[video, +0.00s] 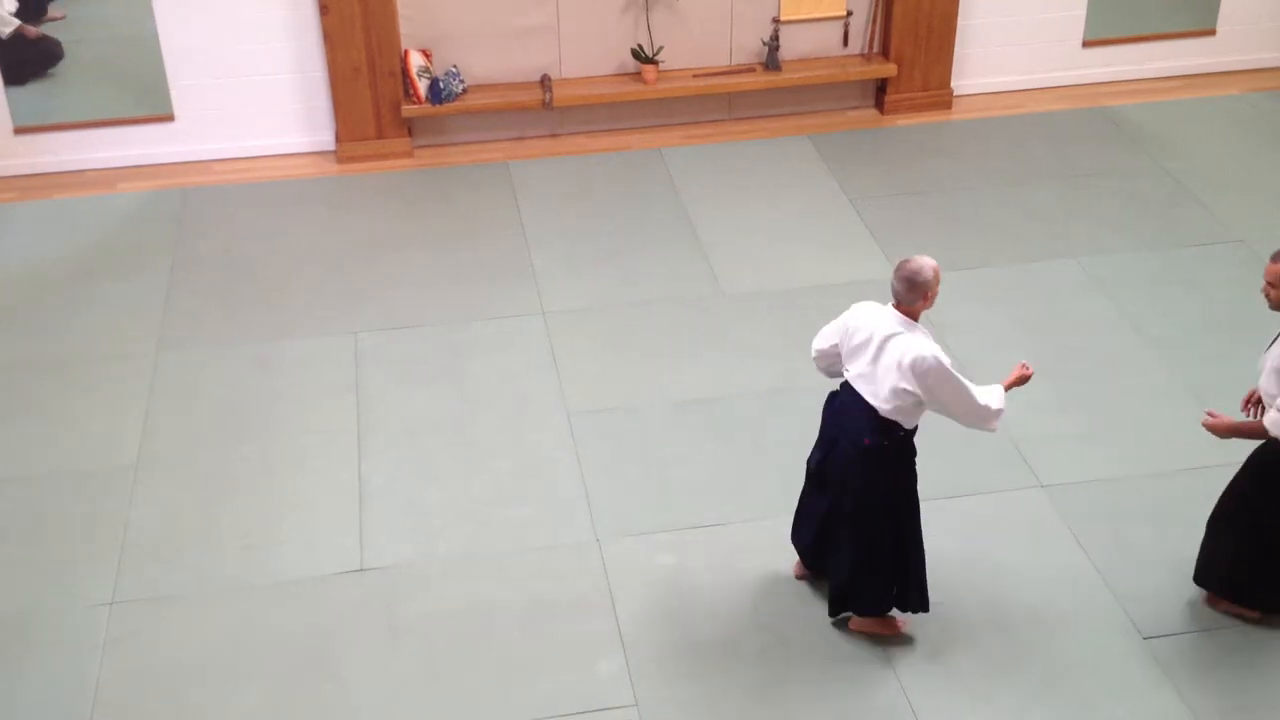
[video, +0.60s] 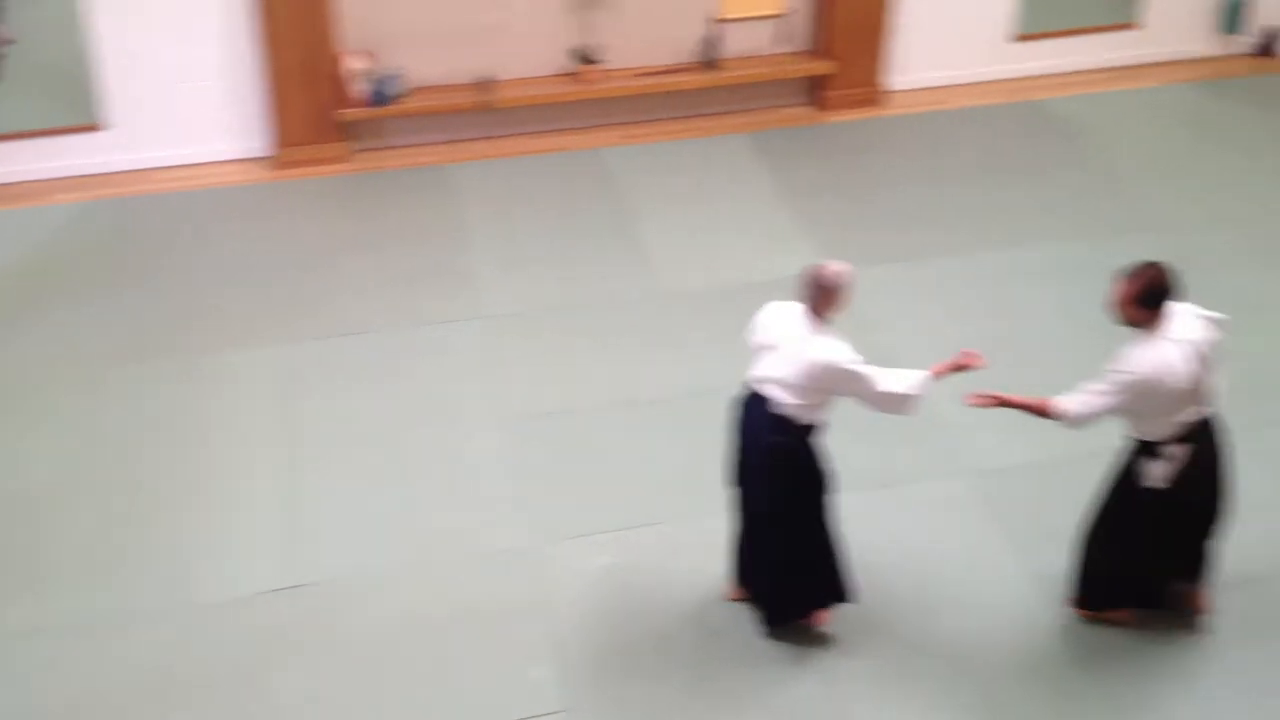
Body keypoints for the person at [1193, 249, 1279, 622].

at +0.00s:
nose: (1265, 290)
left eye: (1271, 285)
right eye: (1266, 283)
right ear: (1268, 283)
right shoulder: (1276, 339)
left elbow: (1278, 423)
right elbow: (1278, 375)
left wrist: (1236, 428)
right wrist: (1265, 392)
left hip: (1275, 450)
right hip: (1272, 444)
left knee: (1239, 511)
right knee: (1253, 511)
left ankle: (1243, 596)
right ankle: (1247, 591)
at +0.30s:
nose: (1248, 305)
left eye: (1256, 300)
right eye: (1249, 296)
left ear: (1278, 305)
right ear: (1272, 300)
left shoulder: (1278, 368)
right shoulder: (1271, 326)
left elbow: (1253, 432)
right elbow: (1265, 366)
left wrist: (1187, 426)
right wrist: (1241, 388)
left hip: (1272, 462)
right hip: (1264, 450)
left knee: (1236, 527)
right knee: (1239, 514)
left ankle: (1212, 621)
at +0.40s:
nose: (1230, 312)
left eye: (1239, 310)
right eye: (1232, 305)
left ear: (1271, 320)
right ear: (1269, 318)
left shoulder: (1268, 376)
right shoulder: (1268, 338)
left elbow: (1217, 434)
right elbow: (1258, 380)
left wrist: (1150, 422)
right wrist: (1229, 400)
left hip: (1268, 465)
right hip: (1268, 454)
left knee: (1222, 533)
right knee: (1251, 531)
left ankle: (1207, 621)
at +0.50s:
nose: (1211, 316)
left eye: (1220, 313)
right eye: (1214, 308)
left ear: (1252, 324)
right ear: (1256, 320)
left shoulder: (1247, 380)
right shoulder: (1274, 325)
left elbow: (1185, 430)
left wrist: (1115, 416)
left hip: (1261, 474)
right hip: (1272, 462)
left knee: (1212, 542)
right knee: (1256, 542)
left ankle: (1201, 622)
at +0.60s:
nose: (1114, 302)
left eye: (1122, 297)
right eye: (1118, 295)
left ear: (1138, 306)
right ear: (1157, 300)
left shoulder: (1144, 363)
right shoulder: (1188, 318)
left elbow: (1076, 410)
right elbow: (1216, 327)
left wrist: (1006, 401)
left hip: (1161, 457)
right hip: (1201, 443)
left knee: (1117, 530)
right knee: (1186, 526)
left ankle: (1108, 601)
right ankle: (1184, 595)